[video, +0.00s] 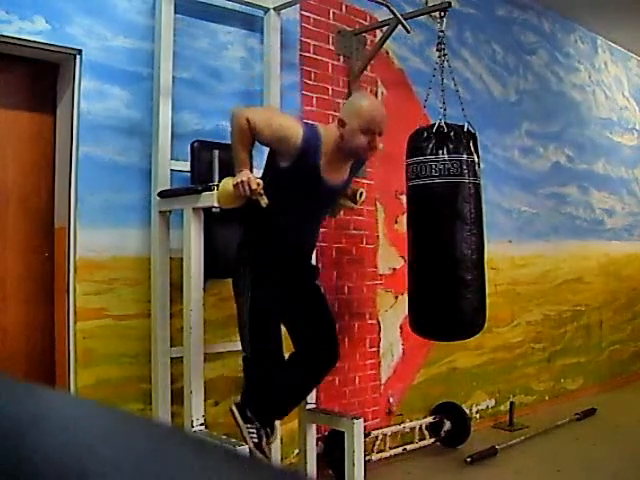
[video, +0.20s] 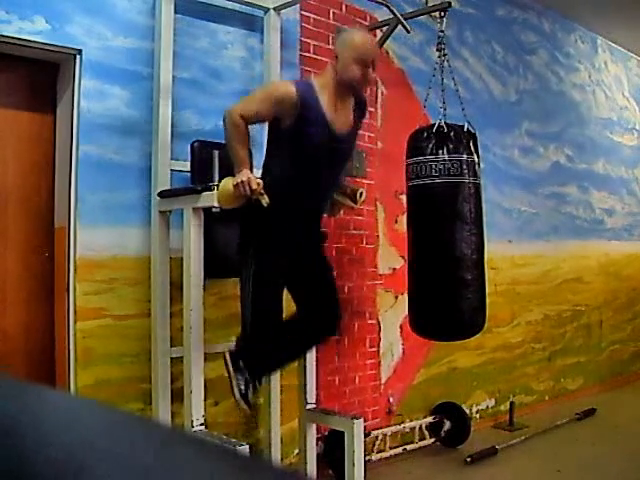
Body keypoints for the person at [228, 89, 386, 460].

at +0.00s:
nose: (375, 144)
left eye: (380, 135)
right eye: (368, 134)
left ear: (382, 134)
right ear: (342, 125)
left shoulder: (354, 160)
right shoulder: (300, 140)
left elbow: (312, 187)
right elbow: (244, 118)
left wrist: (340, 195)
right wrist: (243, 170)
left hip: (297, 266)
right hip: (258, 263)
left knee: (322, 350)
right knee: (264, 359)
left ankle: (254, 411)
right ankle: (261, 426)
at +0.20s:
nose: (369, 75)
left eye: (372, 66)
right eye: (362, 65)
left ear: (372, 66)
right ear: (337, 60)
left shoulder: (356, 105)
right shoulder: (292, 96)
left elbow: (316, 155)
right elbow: (236, 116)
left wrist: (337, 185)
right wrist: (243, 170)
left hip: (305, 228)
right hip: (267, 224)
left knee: (323, 318)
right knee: (262, 321)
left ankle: (249, 361)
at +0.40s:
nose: (362, 35)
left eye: (369, 28)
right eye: (355, 24)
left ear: (373, 32)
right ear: (330, 18)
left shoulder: (352, 71)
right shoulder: (286, 61)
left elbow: (342, 128)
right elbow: (247, 110)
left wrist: (342, 179)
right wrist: (245, 168)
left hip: (309, 196)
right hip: (269, 192)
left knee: (319, 286)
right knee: (259, 283)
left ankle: (244, 329)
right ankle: (243, 336)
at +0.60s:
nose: (362, 52)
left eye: (366, 45)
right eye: (356, 42)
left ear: (367, 46)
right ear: (329, 36)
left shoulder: (349, 83)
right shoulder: (283, 72)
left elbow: (340, 133)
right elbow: (241, 116)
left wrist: (341, 178)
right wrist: (244, 169)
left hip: (305, 208)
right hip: (265, 203)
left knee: (319, 297)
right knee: (256, 291)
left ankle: (242, 337)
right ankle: (244, 344)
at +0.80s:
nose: (366, 116)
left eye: (370, 108)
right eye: (360, 105)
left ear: (371, 108)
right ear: (335, 97)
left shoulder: (351, 143)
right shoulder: (292, 120)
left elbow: (319, 172)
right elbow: (235, 119)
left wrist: (341, 188)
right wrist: (243, 170)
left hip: (298, 251)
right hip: (258, 244)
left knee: (322, 337)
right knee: (260, 338)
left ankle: (261, 401)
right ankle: (262, 409)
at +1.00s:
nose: (372, 142)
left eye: (376, 133)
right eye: (364, 132)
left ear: (377, 132)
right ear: (338, 123)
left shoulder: (352, 161)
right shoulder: (296, 139)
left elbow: (313, 191)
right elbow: (241, 118)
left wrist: (339, 197)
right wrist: (243, 171)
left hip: (299, 268)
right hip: (259, 265)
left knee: (327, 353)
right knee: (267, 359)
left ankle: (265, 423)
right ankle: (273, 434)